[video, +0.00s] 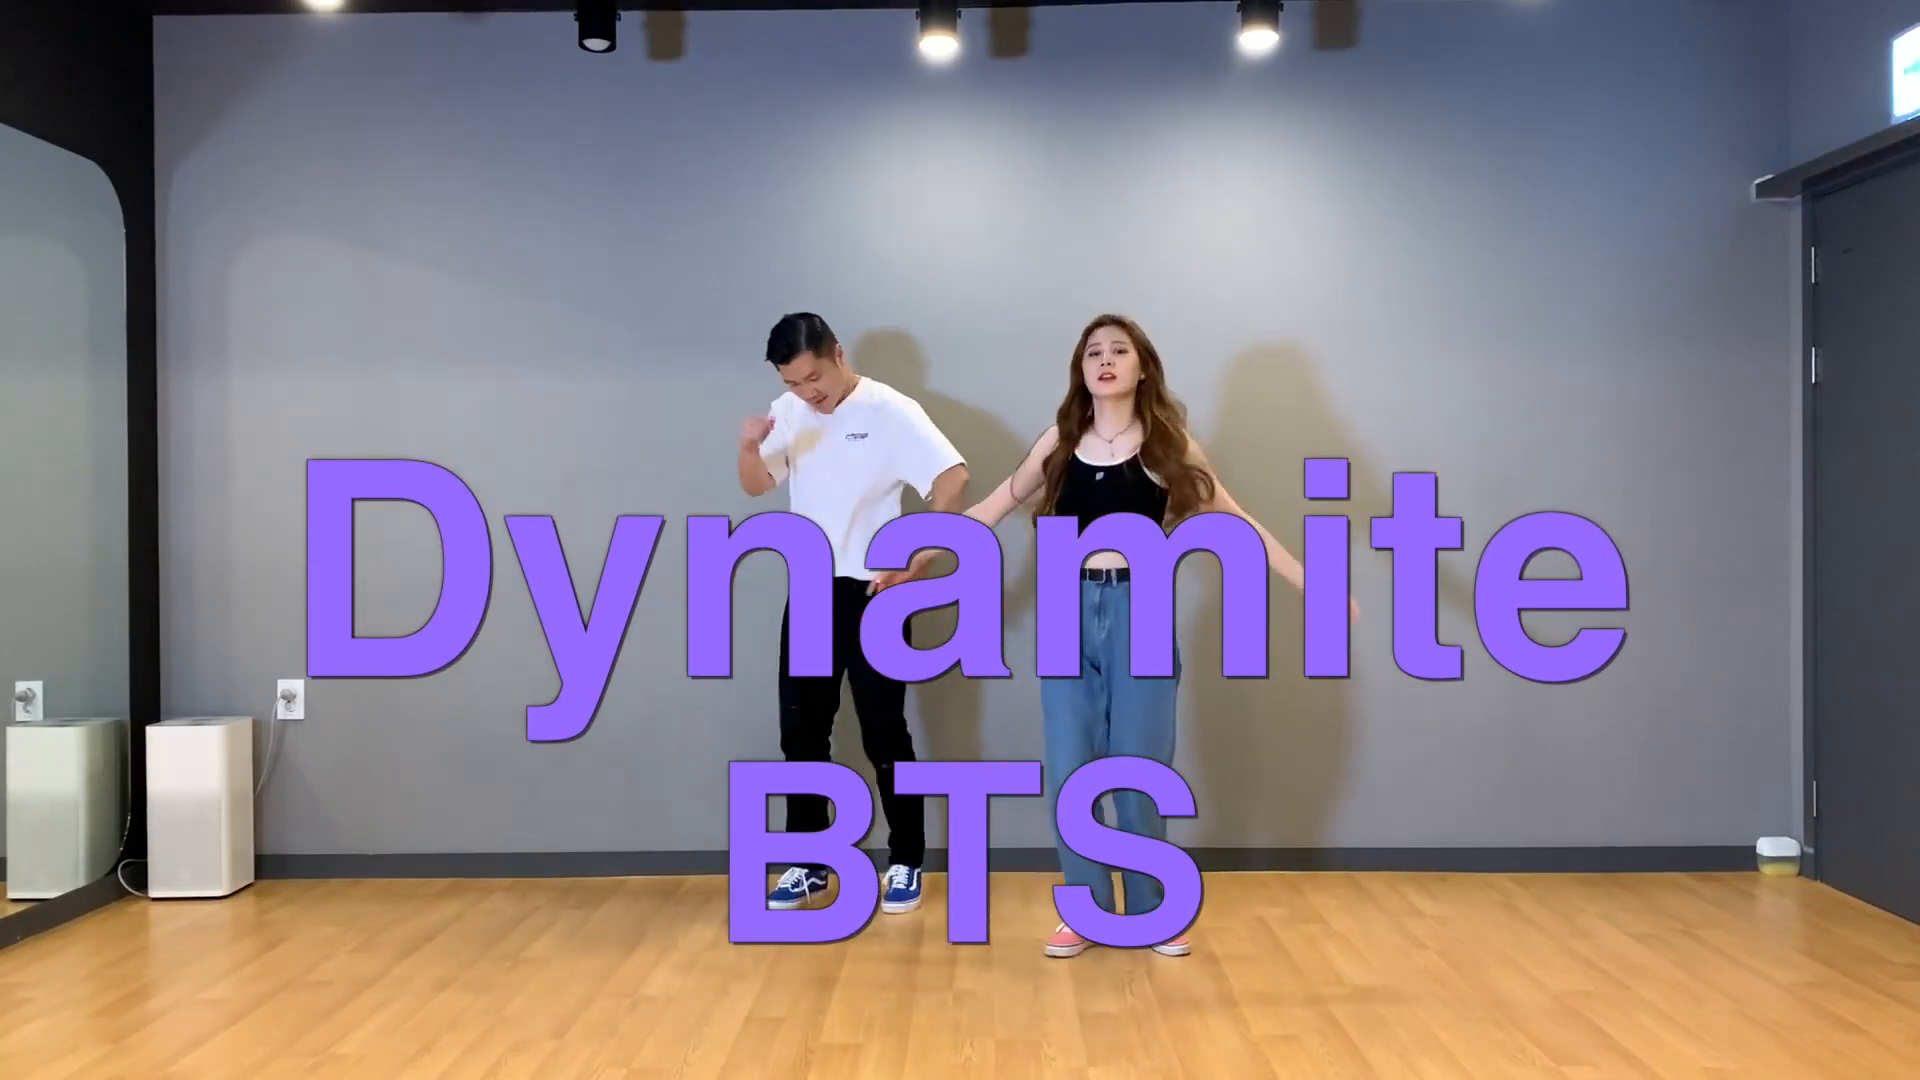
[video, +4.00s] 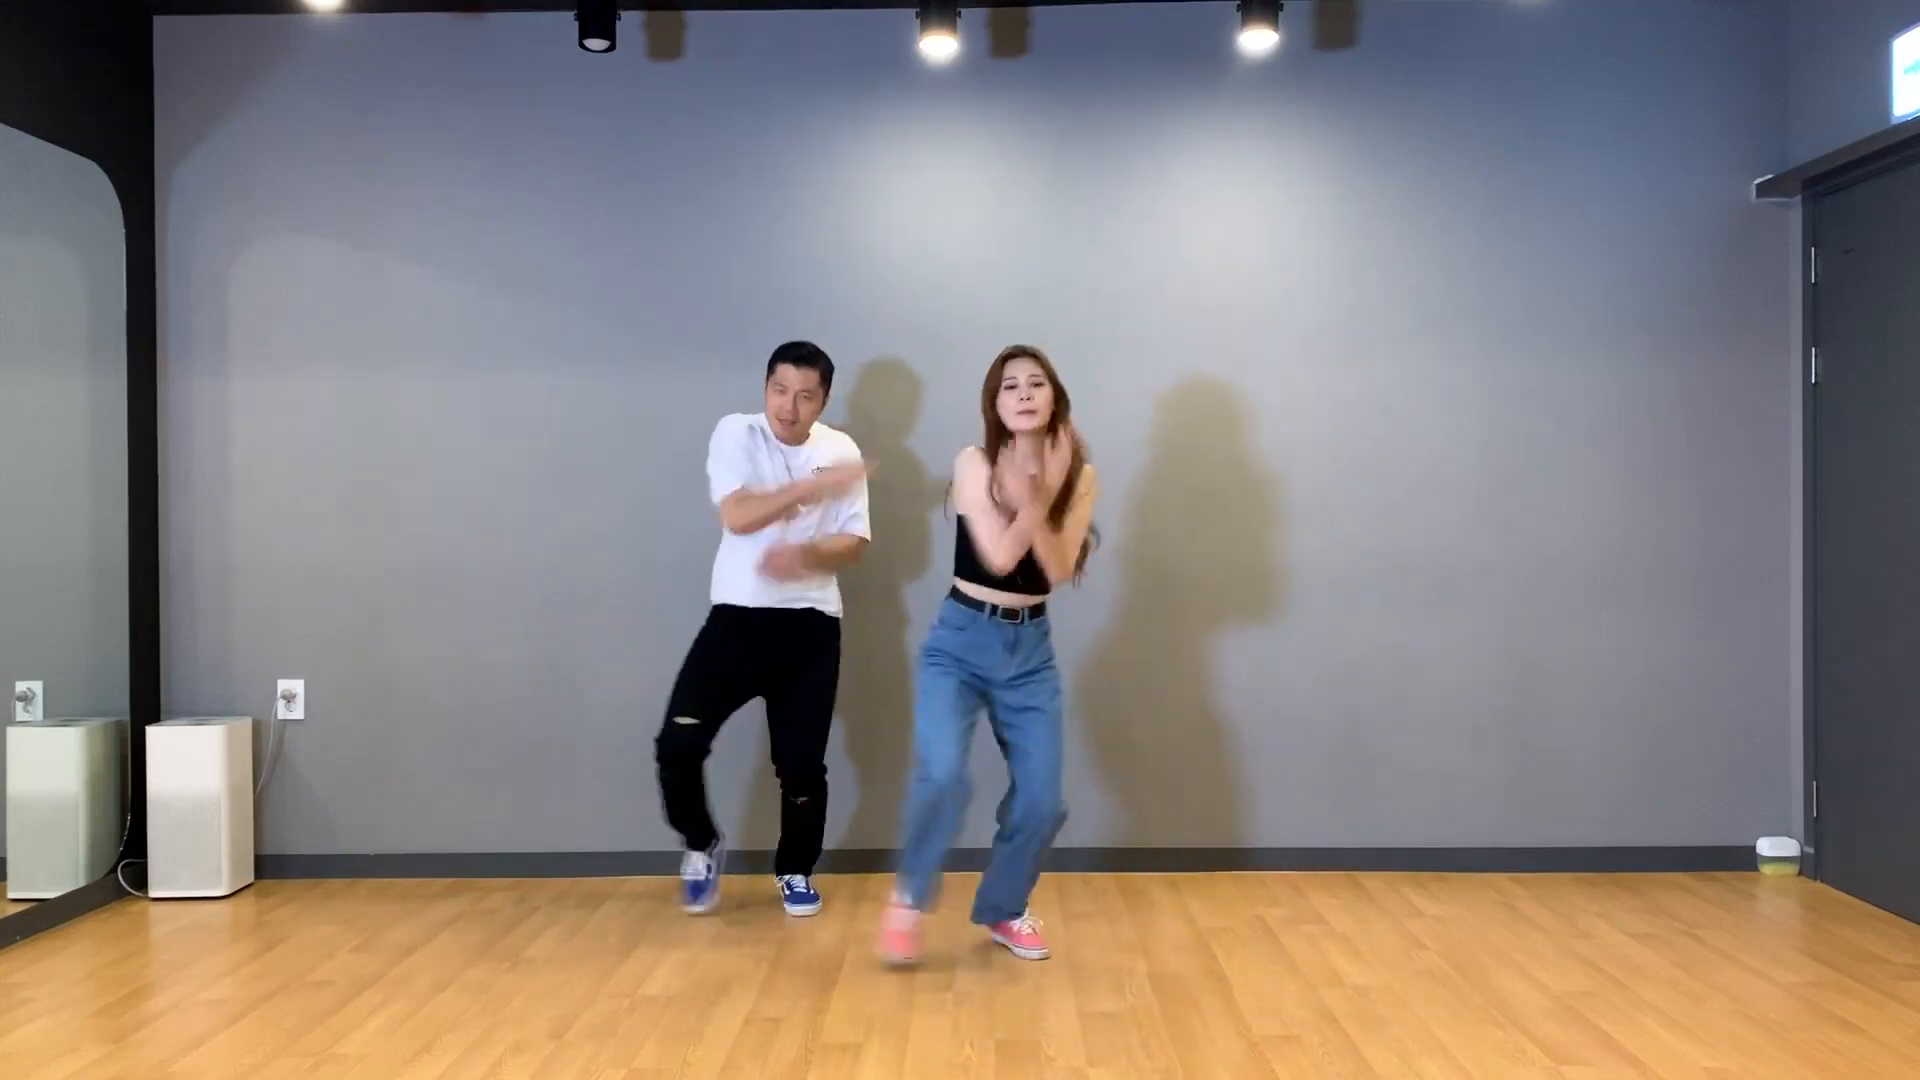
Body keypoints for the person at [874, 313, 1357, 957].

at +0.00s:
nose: (1104, 361)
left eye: (1118, 352)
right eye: (1093, 354)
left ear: (1142, 366)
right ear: (1080, 370)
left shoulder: (1173, 444)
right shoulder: (1059, 440)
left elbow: (1240, 526)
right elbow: (994, 506)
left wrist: (1314, 587)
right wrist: (918, 559)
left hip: (1139, 612)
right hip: (1065, 611)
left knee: (1138, 762)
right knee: (1068, 765)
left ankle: (1155, 911)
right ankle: (1079, 909)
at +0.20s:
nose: (1095, 356)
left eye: (1108, 346)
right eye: (1083, 348)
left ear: (1129, 359)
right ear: (1068, 363)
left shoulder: (1159, 434)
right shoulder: (1043, 438)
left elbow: (1185, 532)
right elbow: (997, 526)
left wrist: (1214, 617)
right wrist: (949, 594)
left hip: (1138, 608)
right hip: (1061, 607)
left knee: (1139, 758)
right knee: (1066, 760)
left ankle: (1152, 911)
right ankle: (1076, 909)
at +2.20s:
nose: (1088, 383)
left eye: (1099, 373)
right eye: (1076, 372)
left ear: (1113, 386)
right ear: (1053, 384)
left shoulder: (1138, 457)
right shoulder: (1024, 463)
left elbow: (1194, 533)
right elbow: (974, 547)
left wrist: (1258, 604)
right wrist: (936, 620)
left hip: (1143, 621)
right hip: (1073, 625)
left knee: (1154, 771)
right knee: (1081, 774)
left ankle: (1135, 919)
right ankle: (1085, 918)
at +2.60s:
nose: (1087, 378)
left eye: (1097, 366)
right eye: (1074, 370)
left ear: (1120, 376)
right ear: (1061, 385)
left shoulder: (1158, 453)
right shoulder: (1040, 457)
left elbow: (1158, 549)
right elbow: (1029, 553)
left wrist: (1151, 635)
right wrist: (1008, 640)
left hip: (1126, 621)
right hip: (1053, 619)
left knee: (1125, 786)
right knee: (1061, 786)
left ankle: (1131, 919)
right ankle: (1080, 917)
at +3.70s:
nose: (1067, 362)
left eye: (1078, 352)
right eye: (1053, 355)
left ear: (1100, 368)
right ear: (1035, 374)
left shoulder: (1127, 447)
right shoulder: (1012, 454)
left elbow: (1189, 527)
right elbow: (969, 538)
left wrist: (1241, 581)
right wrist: (928, 612)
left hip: (1109, 622)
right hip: (1033, 625)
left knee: (1134, 781)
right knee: (1067, 788)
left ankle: (1159, 923)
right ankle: (1092, 944)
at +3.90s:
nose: (1040, 386)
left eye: (1052, 376)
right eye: (1027, 376)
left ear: (1072, 387)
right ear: (1010, 388)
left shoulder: (1092, 458)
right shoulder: (985, 448)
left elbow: (1120, 546)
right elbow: (989, 526)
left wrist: (1088, 512)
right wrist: (1045, 466)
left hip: (1057, 630)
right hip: (986, 625)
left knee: (1064, 800)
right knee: (1007, 776)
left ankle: (1013, 895)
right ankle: (1058, 926)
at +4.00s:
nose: (1022, 395)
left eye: (1034, 385)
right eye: (1010, 387)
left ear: (1055, 397)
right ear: (993, 401)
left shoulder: (1076, 475)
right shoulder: (975, 464)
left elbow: (1061, 570)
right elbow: (998, 556)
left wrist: (1035, 501)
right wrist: (1046, 490)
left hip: (1029, 646)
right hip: (959, 639)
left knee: (1043, 801)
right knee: (942, 774)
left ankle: (1002, 910)